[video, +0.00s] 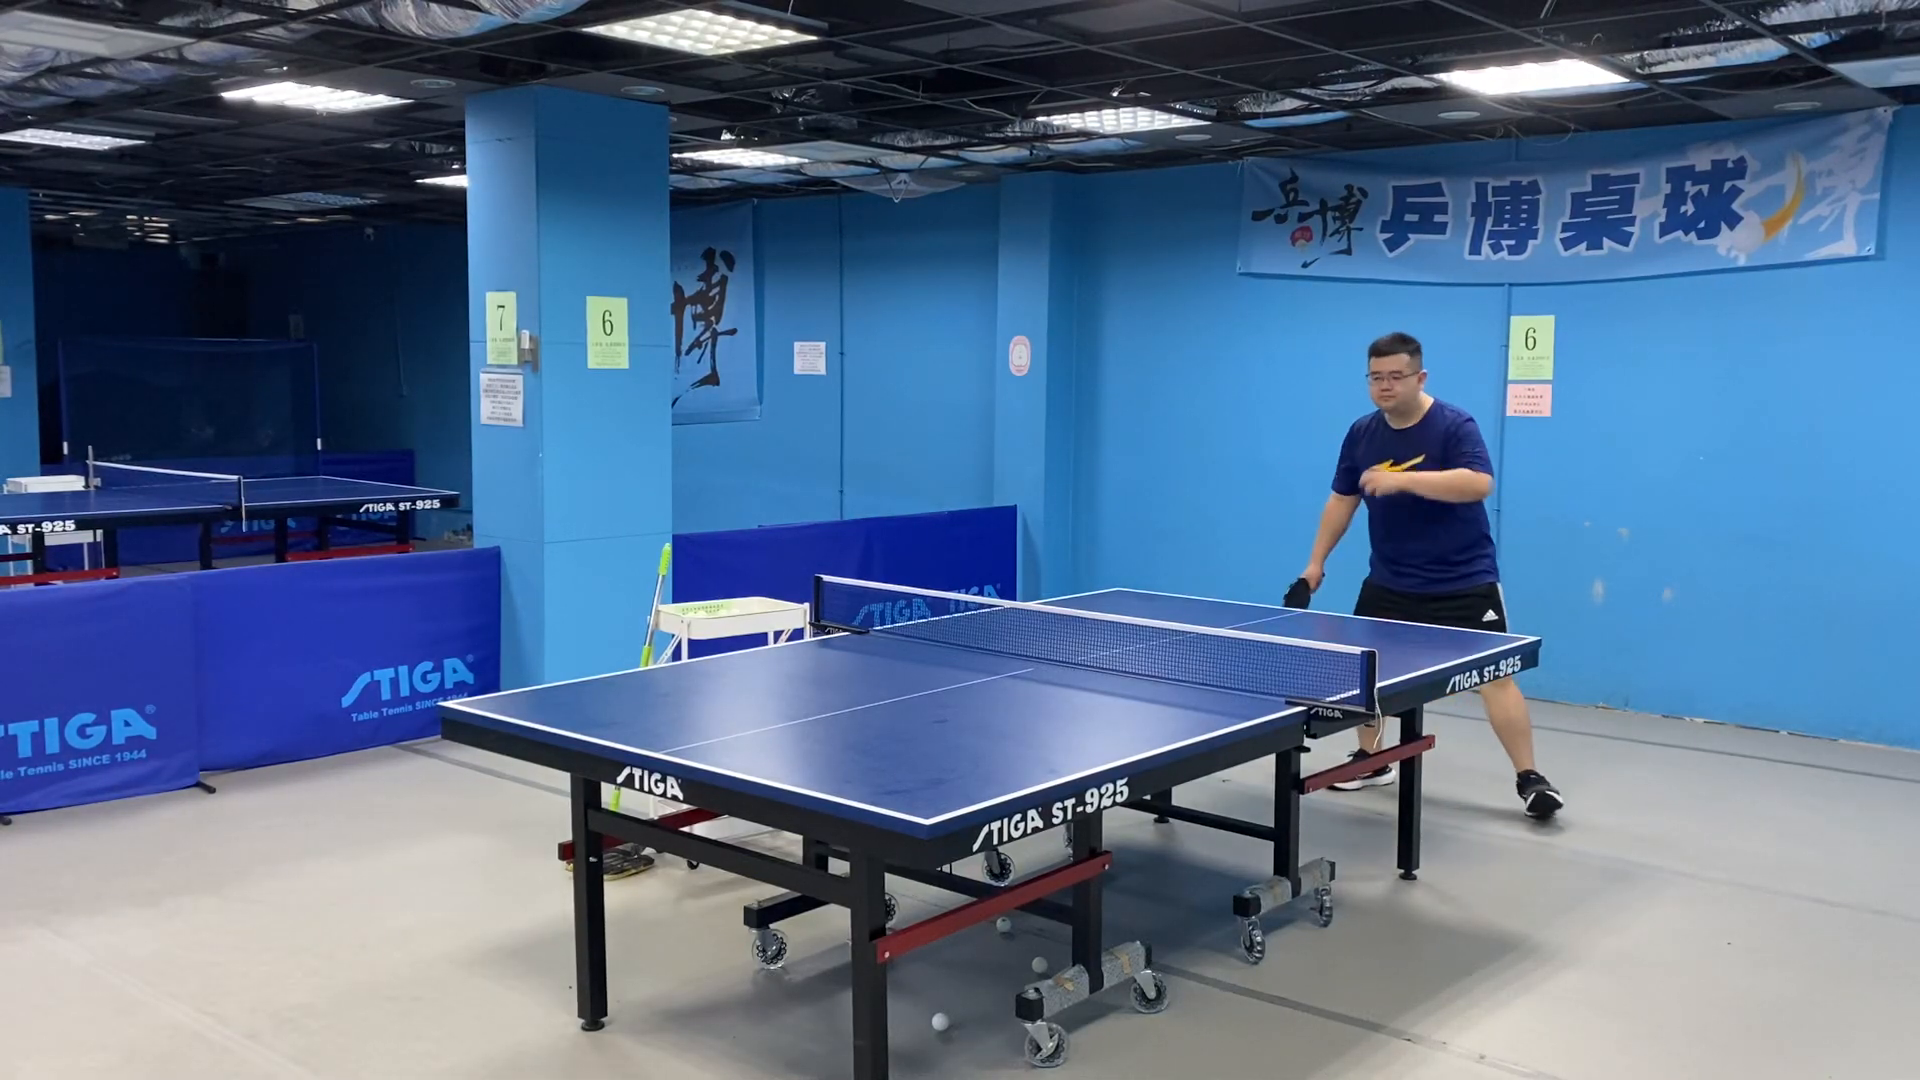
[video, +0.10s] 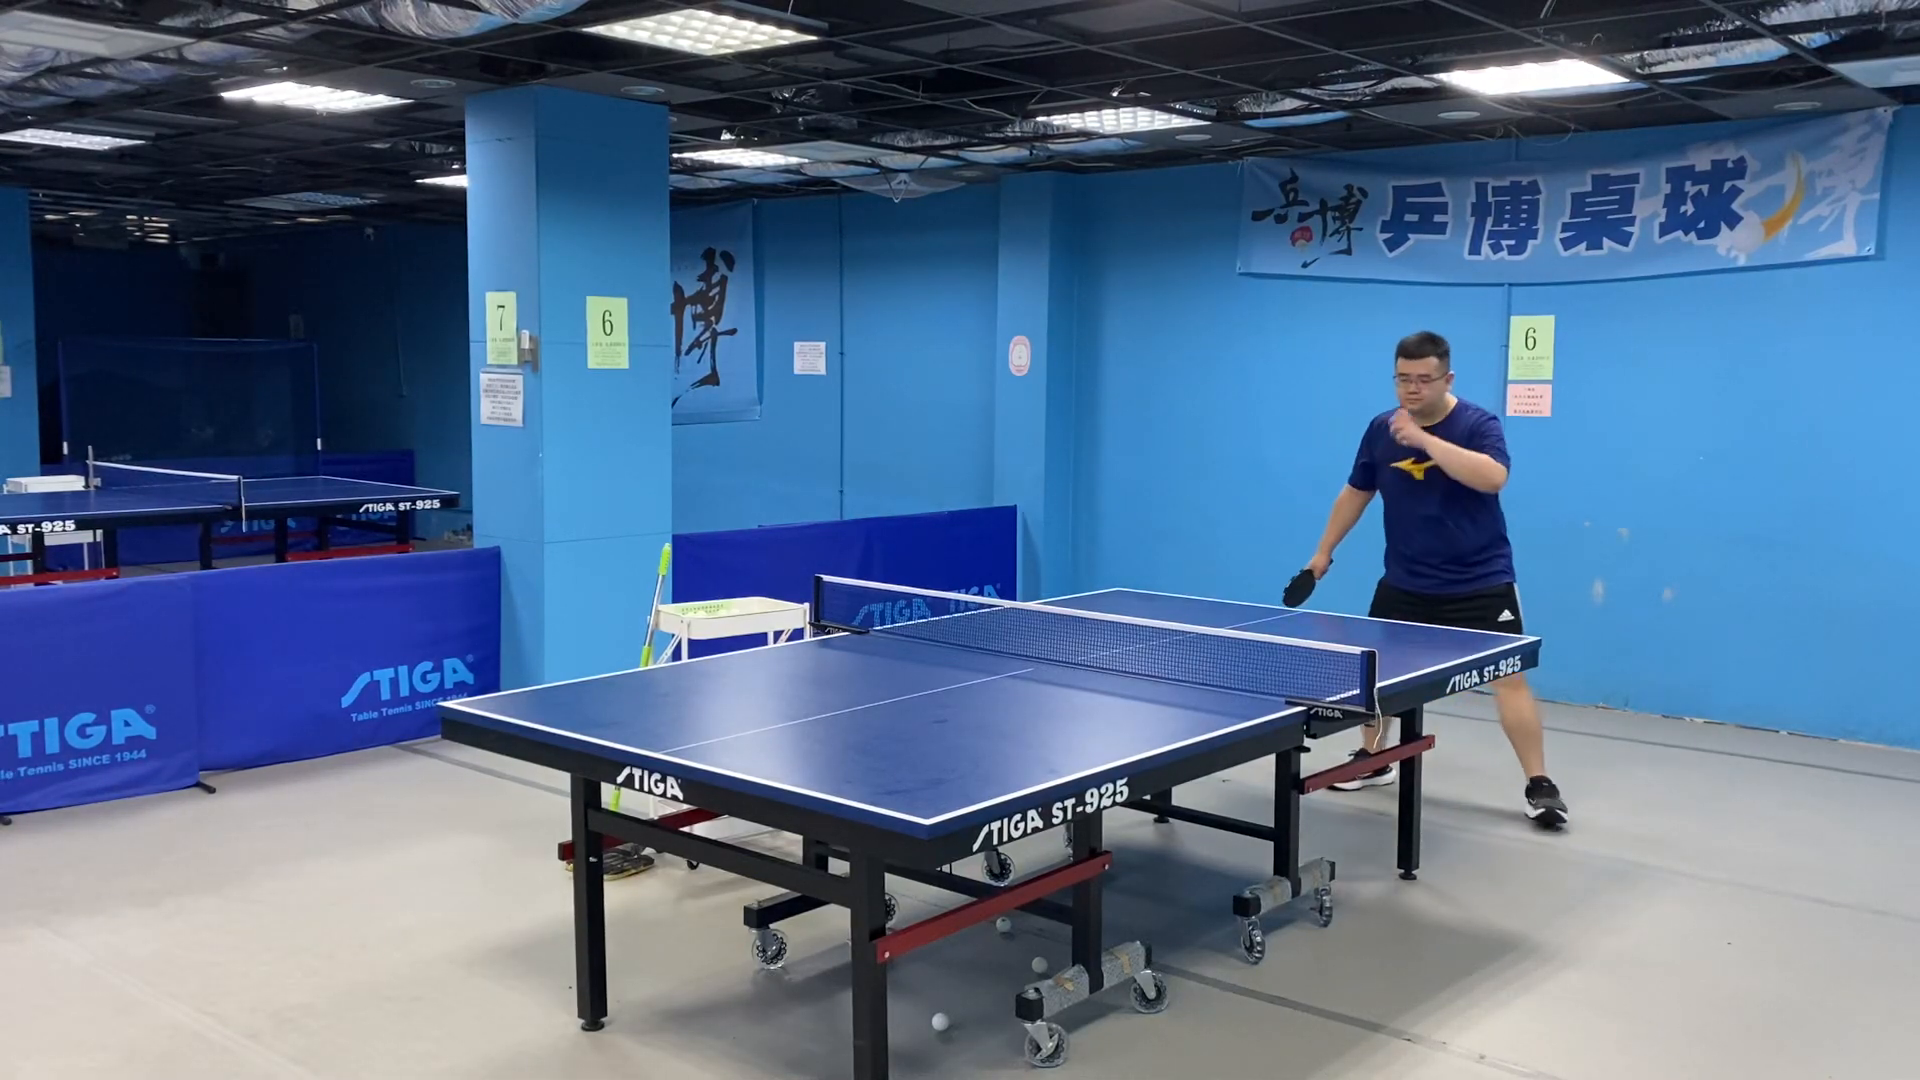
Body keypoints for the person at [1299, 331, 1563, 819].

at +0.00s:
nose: (1383, 385)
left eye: (1394, 376)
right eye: (1375, 377)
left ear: (1420, 378)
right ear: (1368, 380)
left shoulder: (1455, 426)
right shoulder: (1363, 435)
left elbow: (1480, 483)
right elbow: (1342, 500)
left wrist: (1402, 481)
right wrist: (1315, 563)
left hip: (1466, 586)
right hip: (1390, 585)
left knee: (1495, 672)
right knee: (1364, 669)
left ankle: (1529, 777)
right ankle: (1369, 754)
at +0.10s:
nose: (1411, 388)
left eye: (1422, 379)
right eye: (1403, 379)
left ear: (1446, 379)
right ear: (1394, 379)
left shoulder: (1478, 424)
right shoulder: (1383, 430)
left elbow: (1493, 477)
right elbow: (1357, 492)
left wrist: (1426, 441)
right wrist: (1324, 549)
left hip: (1481, 586)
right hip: (1405, 585)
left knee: (1508, 676)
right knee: (1375, 672)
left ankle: (1538, 783)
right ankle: (1372, 754)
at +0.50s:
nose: (1461, 382)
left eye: (1474, 374)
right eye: (1455, 372)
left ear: (1498, 378)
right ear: (1445, 373)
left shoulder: (1526, 431)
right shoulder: (1425, 423)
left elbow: (1554, 496)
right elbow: (1400, 486)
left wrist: (1481, 475)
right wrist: (1371, 547)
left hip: (1507, 583)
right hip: (1430, 574)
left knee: (1527, 675)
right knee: (1368, 649)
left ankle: (1542, 788)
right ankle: (1338, 733)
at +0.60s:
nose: (1450, 385)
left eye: (1463, 378)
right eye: (1443, 375)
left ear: (1487, 384)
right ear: (1434, 378)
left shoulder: (1516, 439)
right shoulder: (1413, 429)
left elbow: (1551, 506)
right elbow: (1389, 489)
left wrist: (1488, 532)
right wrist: (1364, 549)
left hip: (1500, 588)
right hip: (1422, 579)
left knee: (1524, 676)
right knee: (1364, 656)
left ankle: (1541, 788)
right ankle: (1330, 743)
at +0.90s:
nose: (1388, 419)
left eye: (1400, 411)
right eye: (1382, 410)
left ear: (1427, 415)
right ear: (1375, 414)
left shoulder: (1469, 464)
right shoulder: (1365, 462)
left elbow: (1501, 524)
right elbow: (1351, 517)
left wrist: (1466, 582)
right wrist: (1338, 556)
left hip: (1472, 593)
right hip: (1391, 591)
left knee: (1507, 678)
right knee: (1337, 655)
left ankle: (1538, 786)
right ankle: (1335, 753)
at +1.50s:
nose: (1336, 410)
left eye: (1347, 401)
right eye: (1331, 401)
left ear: (1377, 402)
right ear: (1329, 405)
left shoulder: (1421, 449)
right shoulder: (1348, 454)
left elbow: (1450, 521)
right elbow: (1351, 515)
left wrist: (1401, 583)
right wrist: (1322, 555)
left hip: (1456, 579)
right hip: (1393, 578)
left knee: (1478, 683)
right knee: (1340, 654)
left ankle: (1533, 787)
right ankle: (1338, 755)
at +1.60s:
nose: (1338, 404)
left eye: (1348, 394)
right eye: (1333, 396)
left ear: (1379, 395)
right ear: (1333, 400)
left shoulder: (1418, 444)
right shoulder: (1356, 450)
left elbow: (1432, 519)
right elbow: (1365, 514)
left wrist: (1372, 573)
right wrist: (1328, 553)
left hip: (1454, 580)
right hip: (1394, 579)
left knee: (1478, 684)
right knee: (1346, 655)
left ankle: (1535, 788)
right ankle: (1338, 754)